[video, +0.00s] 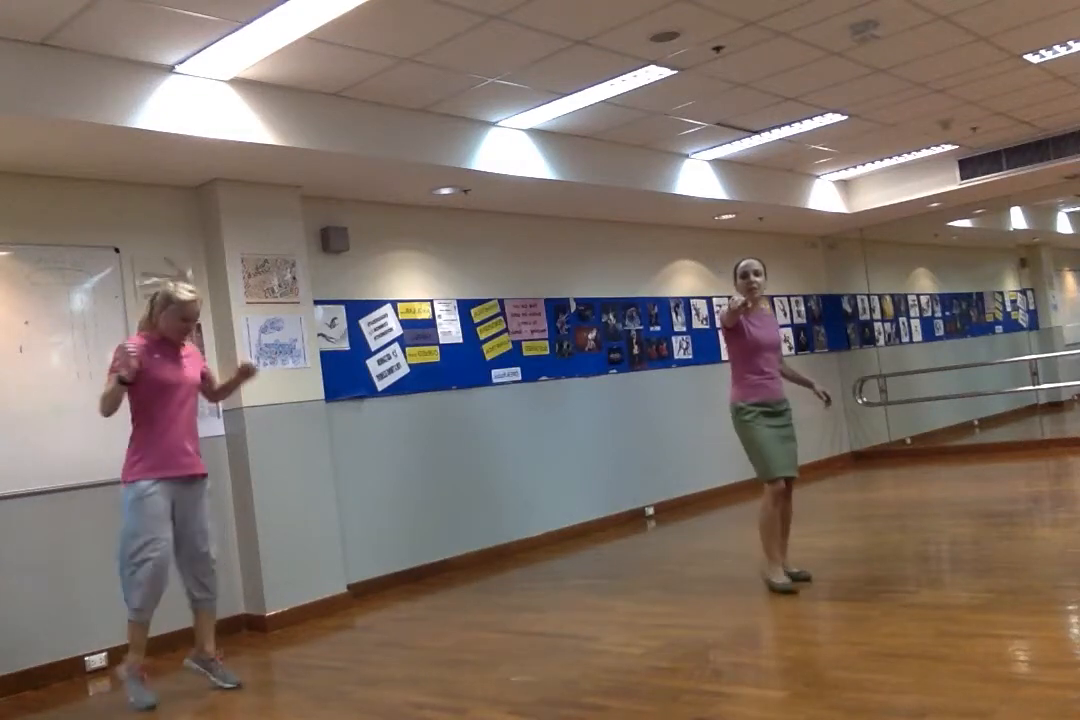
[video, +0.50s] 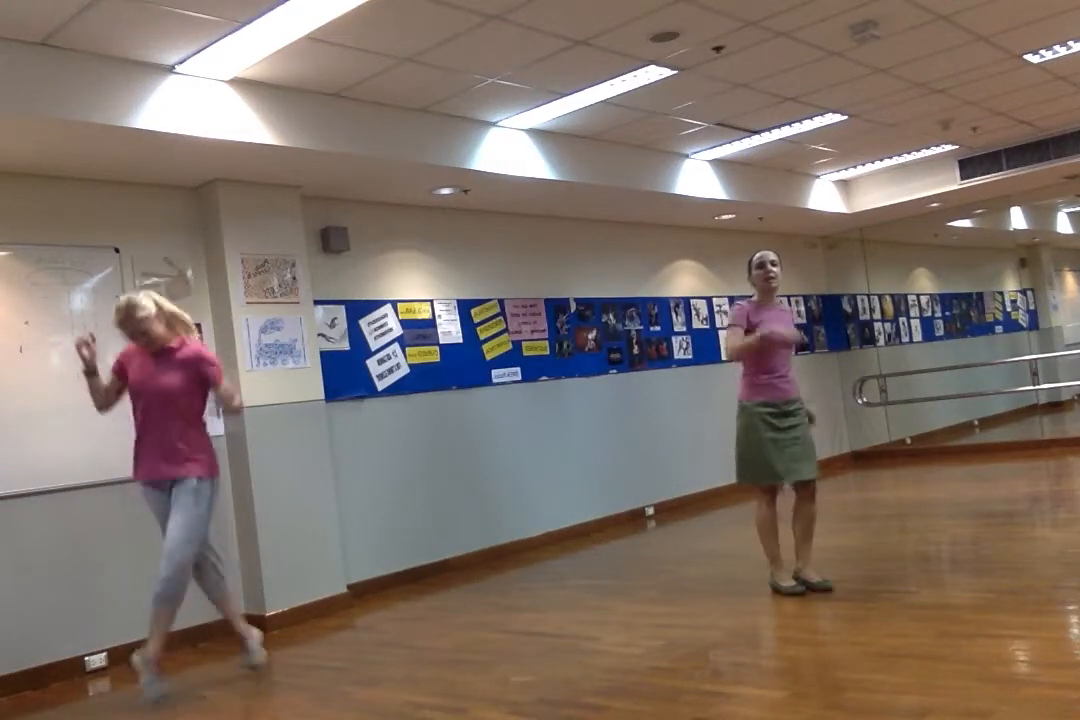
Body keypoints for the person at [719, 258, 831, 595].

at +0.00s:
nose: (751, 280)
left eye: (756, 274)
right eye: (744, 276)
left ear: (765, 280)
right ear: (736, 283)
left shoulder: (770, 315)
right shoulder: (732, 314)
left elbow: (779, 365)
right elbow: (727, 317)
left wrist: (812, 384)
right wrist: (738, 305)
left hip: (779, 405)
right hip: (749, 408)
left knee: (786, 485)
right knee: (775, 485)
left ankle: (783, 563)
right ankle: (772, 569)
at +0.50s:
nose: (768, 270)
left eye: (773, 264)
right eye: (760, 266)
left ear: (781, 273)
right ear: (751, 277)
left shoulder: (789, 315)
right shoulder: (743, 311)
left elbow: (787, 369)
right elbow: (731, 350)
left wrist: (802, 406)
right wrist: (761, 341)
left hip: (790, 406)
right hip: (757, 409)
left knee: (807, 485)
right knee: (767, 491)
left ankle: (803, 567)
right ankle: (776, 571)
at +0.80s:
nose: (778, 274)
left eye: (782, 268)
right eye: (770, 269)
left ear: (790, 275)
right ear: (759, 278)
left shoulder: (801, 315)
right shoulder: (746, 315)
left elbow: (813, 363)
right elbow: (730, 361)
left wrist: (839, 361)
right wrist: (750, 377)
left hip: (800, 409)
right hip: (767, 412)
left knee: (812, 493)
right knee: (795, 491)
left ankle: (805, 570)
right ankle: (784, 565)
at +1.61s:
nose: (732, 272)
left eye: (739, 265)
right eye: (730, 266)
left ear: (762, 269)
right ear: (732, 274)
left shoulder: (787, 305)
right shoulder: (738, 316)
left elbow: (816, 352)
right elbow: (739, 373)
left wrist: (801, 388)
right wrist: (718, 404)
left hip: (783, 412)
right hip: (749, 417)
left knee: (783, 504)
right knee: (775, 507)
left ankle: (818, 589)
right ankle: (817, 585)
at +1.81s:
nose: (714, 276)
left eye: (720, 270)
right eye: (715, 270)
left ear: (742, 273)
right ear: (734, 276)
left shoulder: (767, 309)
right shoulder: (734, 315)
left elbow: (782, 362)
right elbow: (748, 367)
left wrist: (743, 384)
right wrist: (733, 388)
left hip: (771, 417)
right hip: (746, 419)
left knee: (781, 509)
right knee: (731, 508)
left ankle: (817, 590)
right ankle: (791, 572)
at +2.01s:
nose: (692, 275)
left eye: (697, 268)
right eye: (693, 269)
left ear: (715, 272)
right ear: (717, 273)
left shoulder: (732, 307)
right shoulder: (727, 310)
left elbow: (735, 365)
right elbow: (761, 363)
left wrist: (686, 392)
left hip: (747, 417)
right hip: (739, 417)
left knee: (778, 505)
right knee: (726, 509)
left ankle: (816, 590)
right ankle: (749, 596)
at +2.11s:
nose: (683, 282)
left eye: (687, 276)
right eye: (684, 276)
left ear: (702, 277)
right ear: (710, 278)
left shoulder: (716, 313)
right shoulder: (726, 313)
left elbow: (719, 375)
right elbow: (755, 370)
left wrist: (675, 413)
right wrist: (724, 400)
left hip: (735, 423)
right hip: (733, 422)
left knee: (745, 512)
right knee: (723, 509)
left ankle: (808, 587)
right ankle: (748, 596)